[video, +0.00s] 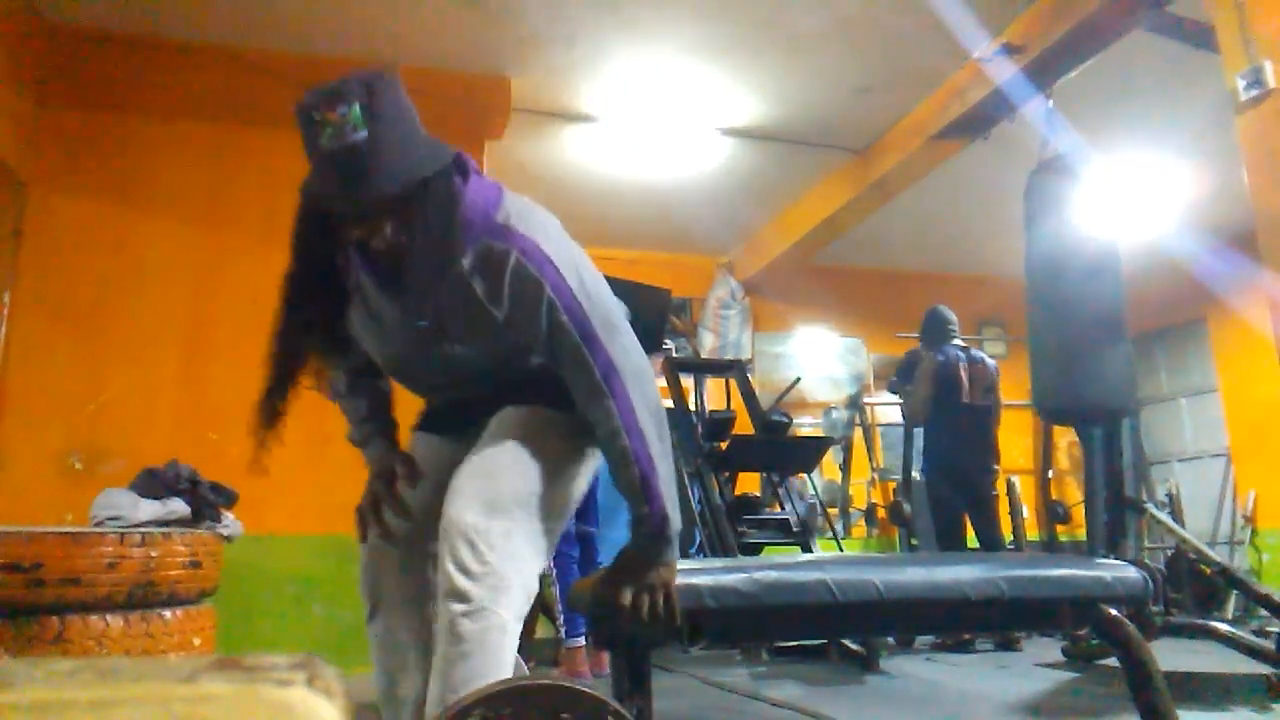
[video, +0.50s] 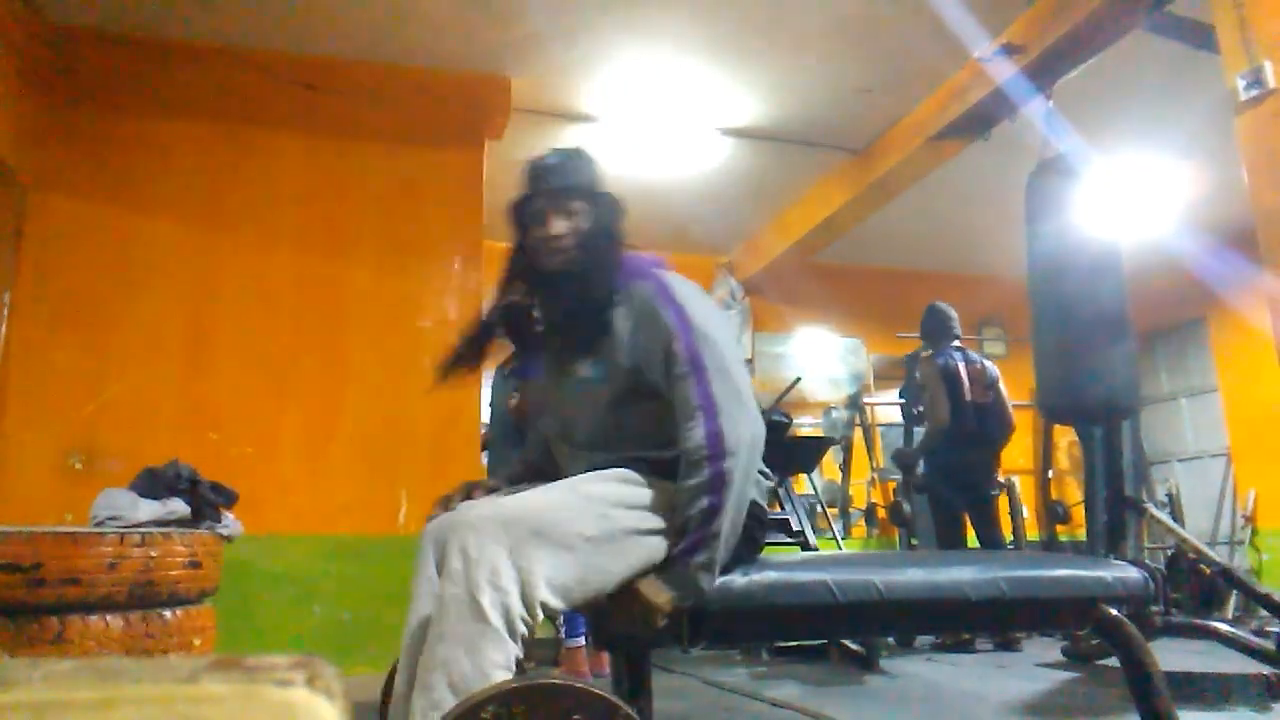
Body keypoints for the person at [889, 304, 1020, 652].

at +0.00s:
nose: (922, 341)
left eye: (923, 335)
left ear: (927, 334)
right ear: (957, 330)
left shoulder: (931, 362)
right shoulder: (986, 363)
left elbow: (918, 412)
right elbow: (995, 417)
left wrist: (905, 399)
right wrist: (991, 455)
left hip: (943, 466)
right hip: (980, 466)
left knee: (950, 547)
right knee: (993, 543)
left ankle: (958, 629)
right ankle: (1008, 628)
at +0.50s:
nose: (923, 340)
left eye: (923, 334)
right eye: (926, 333)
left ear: (927, 333)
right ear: (958, 330)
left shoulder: (931, 365)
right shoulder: (986, 365)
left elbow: (939, 420)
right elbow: (1007, 422)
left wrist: (914, 452)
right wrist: (991, 454)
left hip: (946, 464)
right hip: (981, 464)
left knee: (951, 546)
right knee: (993, 542)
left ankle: (957, 631)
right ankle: (1008, 628)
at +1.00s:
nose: (929, 339)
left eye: (929, 333)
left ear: (932, 332)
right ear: (964, 328)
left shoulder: (935, 366)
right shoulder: (991, 365)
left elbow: (932, 420)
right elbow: (1005, 424)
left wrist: (905, 424)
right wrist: (975, 423)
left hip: (946, 466)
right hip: (982, 466)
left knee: (952, 547)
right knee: (995, 544)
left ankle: (959, 631)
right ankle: (1007, 629)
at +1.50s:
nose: (925, 343)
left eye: (924, 337)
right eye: (928, 338)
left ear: (926, 336)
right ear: (957, 331)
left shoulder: (928, 367)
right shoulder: (988, 365)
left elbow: (923, 420)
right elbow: (1002, 422)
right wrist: (973, 424)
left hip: (944, 470)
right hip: (981, 469)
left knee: (951, 548)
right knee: (993, 543)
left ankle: (959, 628)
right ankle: (1007, 626)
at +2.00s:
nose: (918, 341)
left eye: (917, 336)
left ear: (919, 336)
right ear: (950, 334)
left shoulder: (922, 367)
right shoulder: (977, 368)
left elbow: (932, 419)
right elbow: (1001, 424)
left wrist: (921, 469)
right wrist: (1002, 470)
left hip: (943, 471)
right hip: (978, 470)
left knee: (949, 549)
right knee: (991, 545)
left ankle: (958, 630)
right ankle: (1008, 627)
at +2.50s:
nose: (926, 341)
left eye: (926, 336)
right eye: (929, 336)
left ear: (930, 335)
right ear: (961, 330)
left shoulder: (933, 366)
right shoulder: (989, 365)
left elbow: (920, 420)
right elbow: (1001, 423)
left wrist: (904, 400)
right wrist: (970, 420)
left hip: (945, 464)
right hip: (982, 464)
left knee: (950, 546)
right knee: (994, 541)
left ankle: (956, 628)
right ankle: (1008, 625)